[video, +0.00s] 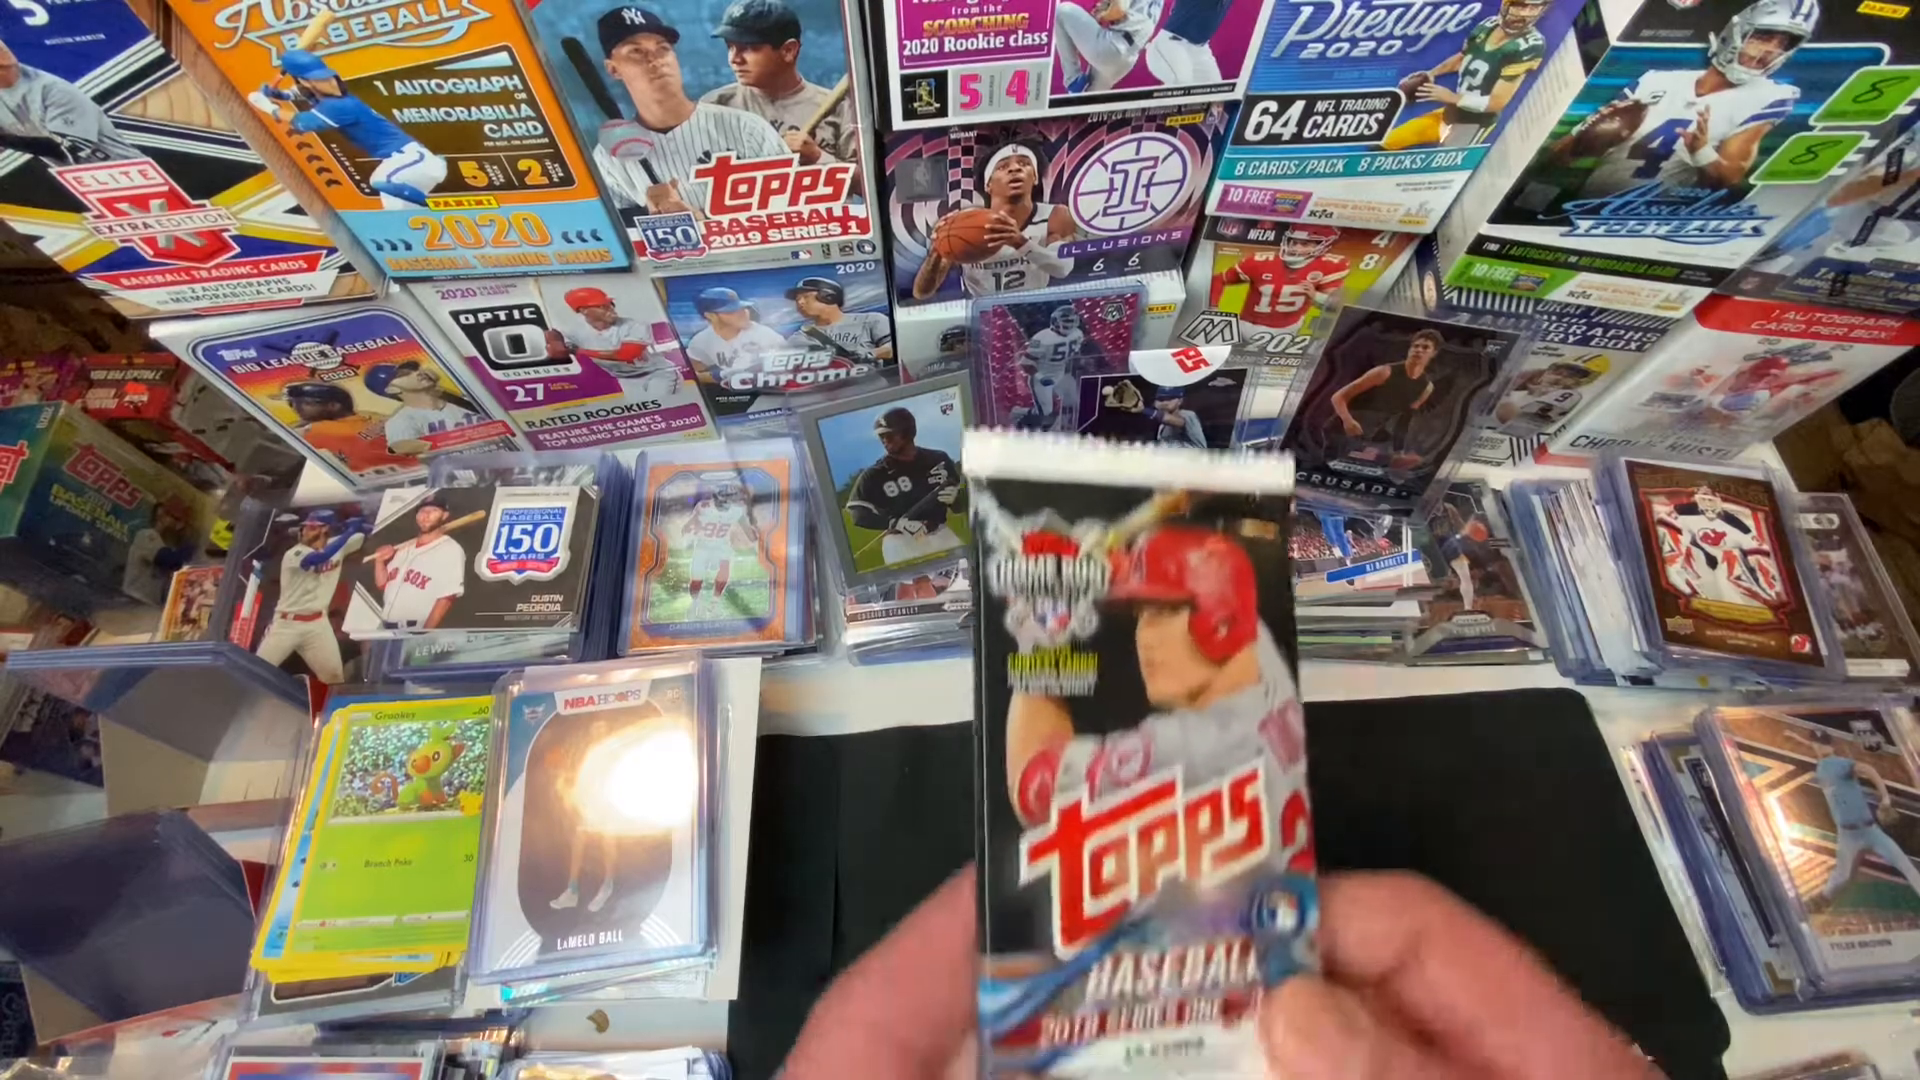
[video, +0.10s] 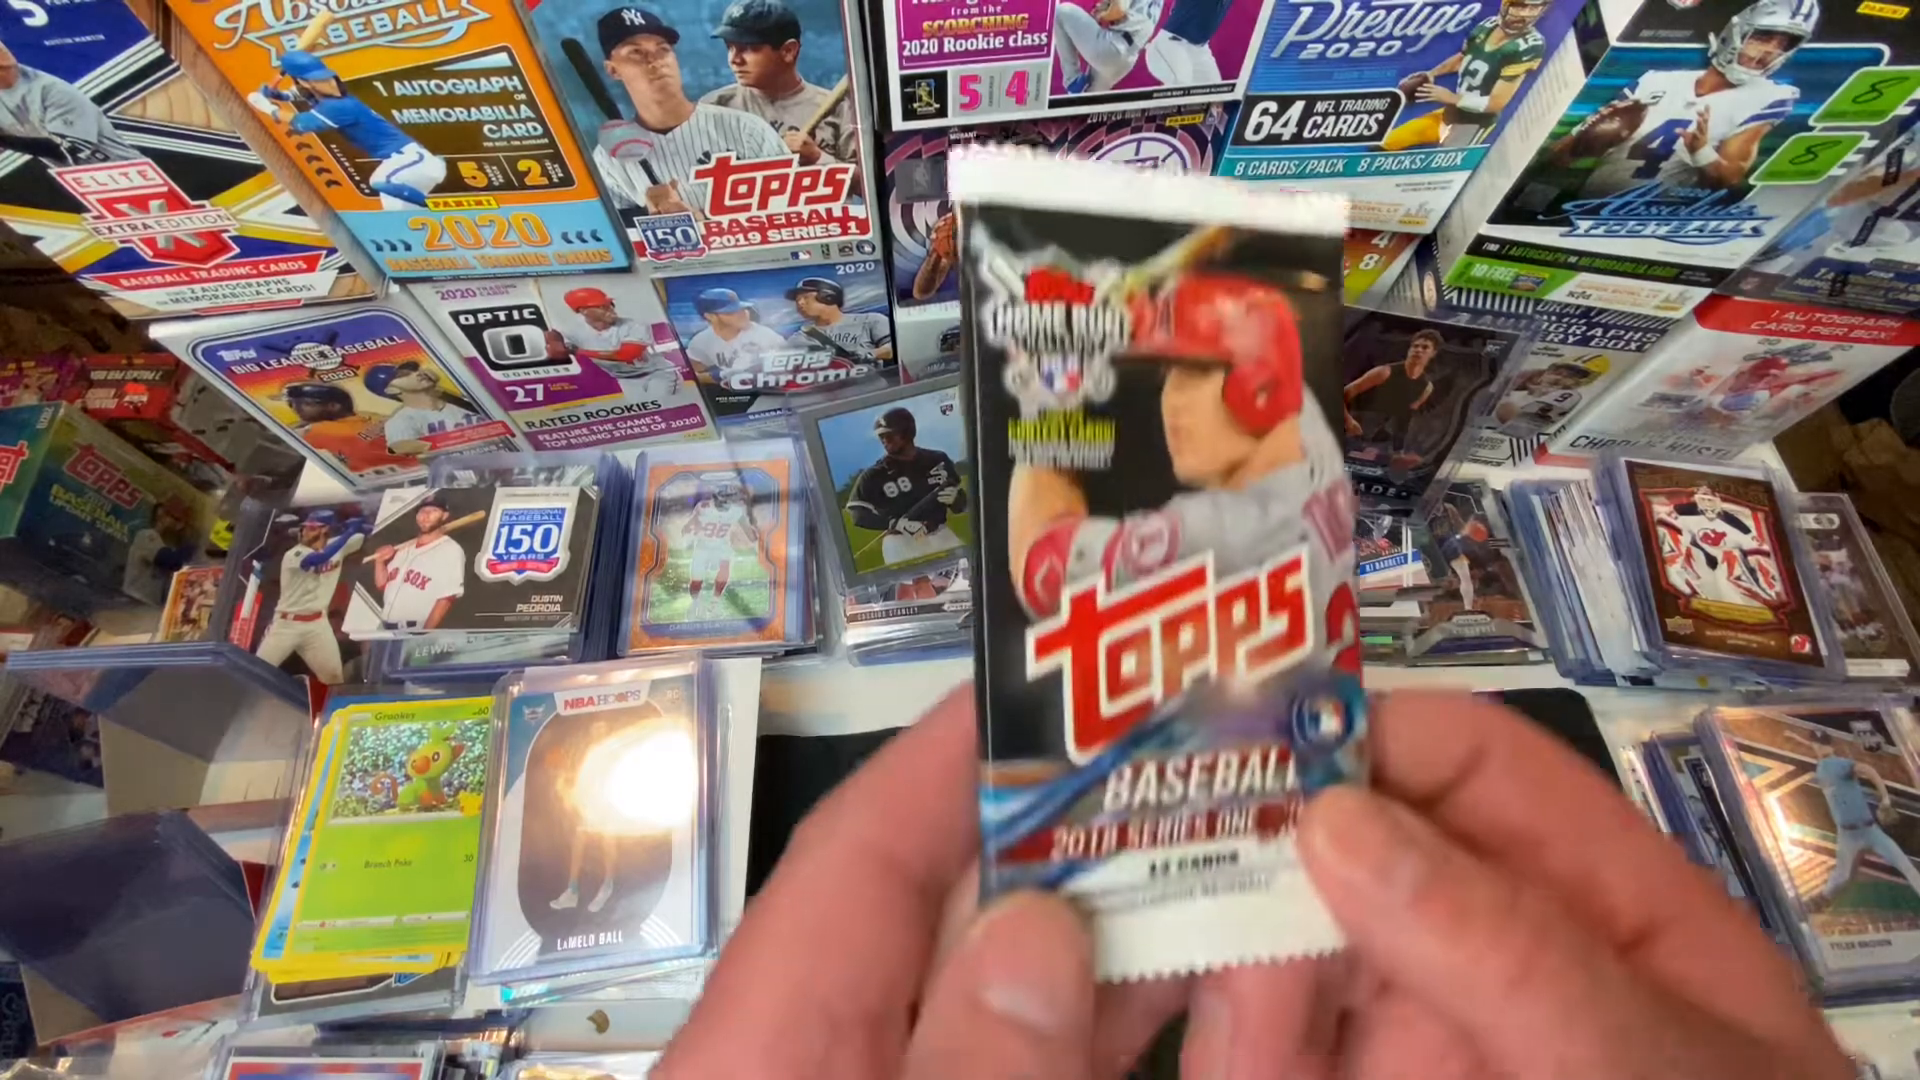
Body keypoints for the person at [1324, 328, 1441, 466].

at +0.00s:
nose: (1418, 350)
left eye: (1425, 348)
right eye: (1415, 346)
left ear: (1433, 354)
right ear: (1410, 349)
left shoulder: (1426, 388)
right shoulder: (1384, 372)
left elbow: (1404, 419)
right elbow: (1338, 397)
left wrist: (1399, 453)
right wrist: (1347, 420)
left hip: (1374, 435)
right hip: (1342, 428)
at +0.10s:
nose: (1418, 350)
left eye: (1425, 347)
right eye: (1415, 346)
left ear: (1433, 354)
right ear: (1409, 349)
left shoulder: (1426, 388)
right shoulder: (1384, 373)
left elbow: (1406, 414)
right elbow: (1343, 394)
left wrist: (1400, 451)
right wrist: (1348, 420)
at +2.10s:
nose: (1418, 350)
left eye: (1425, 347)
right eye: (1416, 346)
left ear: (1434, 354)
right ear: (1410, 349)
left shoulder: (1426, 389)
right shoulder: (1383, 373)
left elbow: (1404, 418)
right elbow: (1338, 397)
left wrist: (1399, 452)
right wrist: (1347, 420)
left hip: (1380, 436)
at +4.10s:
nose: (1419, 350)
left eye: (1426, 347)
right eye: (1416, 346)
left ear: (1433, 354)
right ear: (1409, 349)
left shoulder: (1426, 388)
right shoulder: (1384, 373)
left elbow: (1405, 415)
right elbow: (1338, 397)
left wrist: (1399, 450)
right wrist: (1348, 421)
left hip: (1384, 440)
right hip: (1358, 434)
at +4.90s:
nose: (1418, 351)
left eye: (1425, 347)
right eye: (1416, 346)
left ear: (1433, 354)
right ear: (1410, 349)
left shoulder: (1427, 389)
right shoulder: (1384, 373)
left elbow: (1406, 415)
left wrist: (1407, 452)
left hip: (1393, 444)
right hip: (1364, 435)